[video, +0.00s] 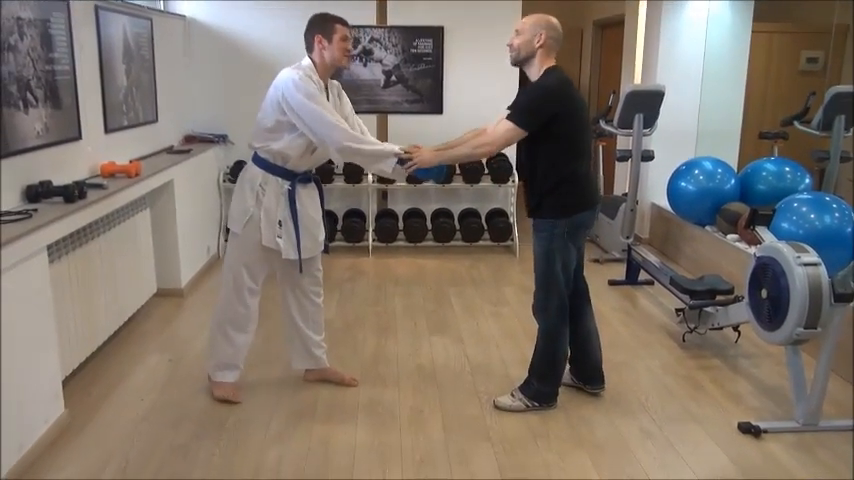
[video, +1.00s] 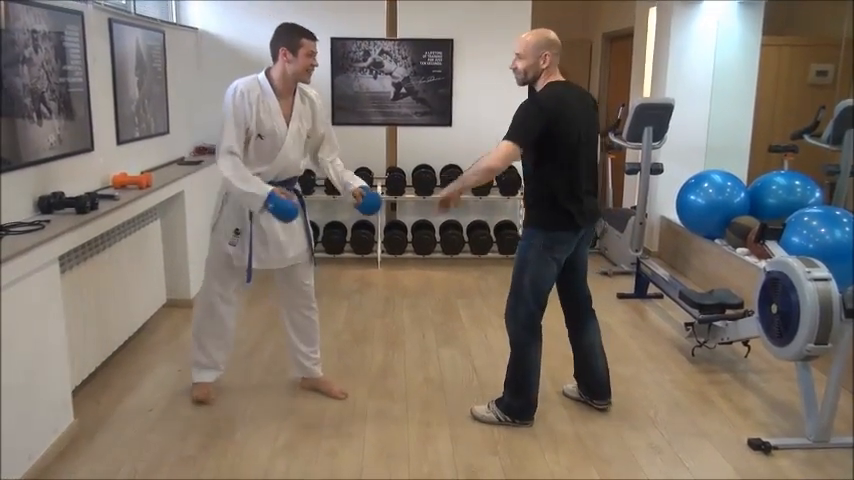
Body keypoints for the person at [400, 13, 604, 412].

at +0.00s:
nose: (510, 42)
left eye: (517, 35)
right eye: (512, 34)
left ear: (539, 42)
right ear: (539, 42)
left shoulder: (548, 90)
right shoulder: (537, 86)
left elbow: (491, 146)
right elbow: (488, 133)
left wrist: (437, 158)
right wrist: (436, 150)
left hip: (562, 211)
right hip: (566, 207)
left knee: (550, 304)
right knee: (572, 292)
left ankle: (540, 392)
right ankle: (589, 375)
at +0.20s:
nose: (536, 35)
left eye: (544, 28)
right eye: (538, 28)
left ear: (568, 33)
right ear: (567, 34)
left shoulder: (570, 84)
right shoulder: (564, 82)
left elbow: (529, 144)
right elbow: (517, 133)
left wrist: (476, 176)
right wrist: (469, 152)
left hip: (559, 209)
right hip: (572, 205)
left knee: (544, 302)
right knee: (577, 291)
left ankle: (542, 389)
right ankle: (593, 374)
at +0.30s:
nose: (542, 39)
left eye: (550, 32)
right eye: (545, 33)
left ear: (575, 37)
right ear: (574, 39)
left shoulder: (575, 86)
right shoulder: (581, 84)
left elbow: (557, 154)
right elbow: (545, 148)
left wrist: (518, 207)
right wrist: (501, 176)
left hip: (562, 212)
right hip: (580, 209)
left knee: (530, 295)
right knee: (583, 293)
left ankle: (540, 388)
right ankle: (594, 375)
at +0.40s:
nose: (544, 44)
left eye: (552, 36)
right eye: (546, 37)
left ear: (577, 40)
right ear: (575, 43)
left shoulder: (576, 88)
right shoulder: (588, 86)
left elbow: (580, 159)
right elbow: (595, 155)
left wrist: (576, 223)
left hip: (562, 212)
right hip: (580, 210)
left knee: (519, 287)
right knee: (591, 297)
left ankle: (536, 383)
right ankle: (596, 378)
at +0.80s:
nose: (533, 54)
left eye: (539, 47)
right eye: (535, 47)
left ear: (564, 52)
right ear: (569, 54)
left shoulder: (551, 89)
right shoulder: (595, 95)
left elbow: (551, 134)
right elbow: (617, 148)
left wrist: (538, 194)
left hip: (557, 221)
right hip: (586, 218)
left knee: (533, 313)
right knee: (587, 304)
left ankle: (516, 403)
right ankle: (598, 387)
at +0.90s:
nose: (527, 57)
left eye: (533, 51)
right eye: (528, 50)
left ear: (557, 54)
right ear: (562, 56)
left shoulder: (543, 94)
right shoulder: (591, 96)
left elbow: (515, 145)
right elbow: (608, 151)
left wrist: (490, 192)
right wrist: (573, 156)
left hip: (552, 224)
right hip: (585, 220)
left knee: (524, 313)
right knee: (583, 305)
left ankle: (516, 405)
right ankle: (596, 389)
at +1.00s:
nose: (513, 64)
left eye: (519, 57)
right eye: (515, 57)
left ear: (544, 60)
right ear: (549, 62)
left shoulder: (538, 104)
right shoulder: (584, 99)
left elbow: (498, 162)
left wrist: (456, 188)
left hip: (548, 225)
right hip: (581, 220)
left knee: (523, 315)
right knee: (578, 306)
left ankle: (517, 407)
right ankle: (596, 390)